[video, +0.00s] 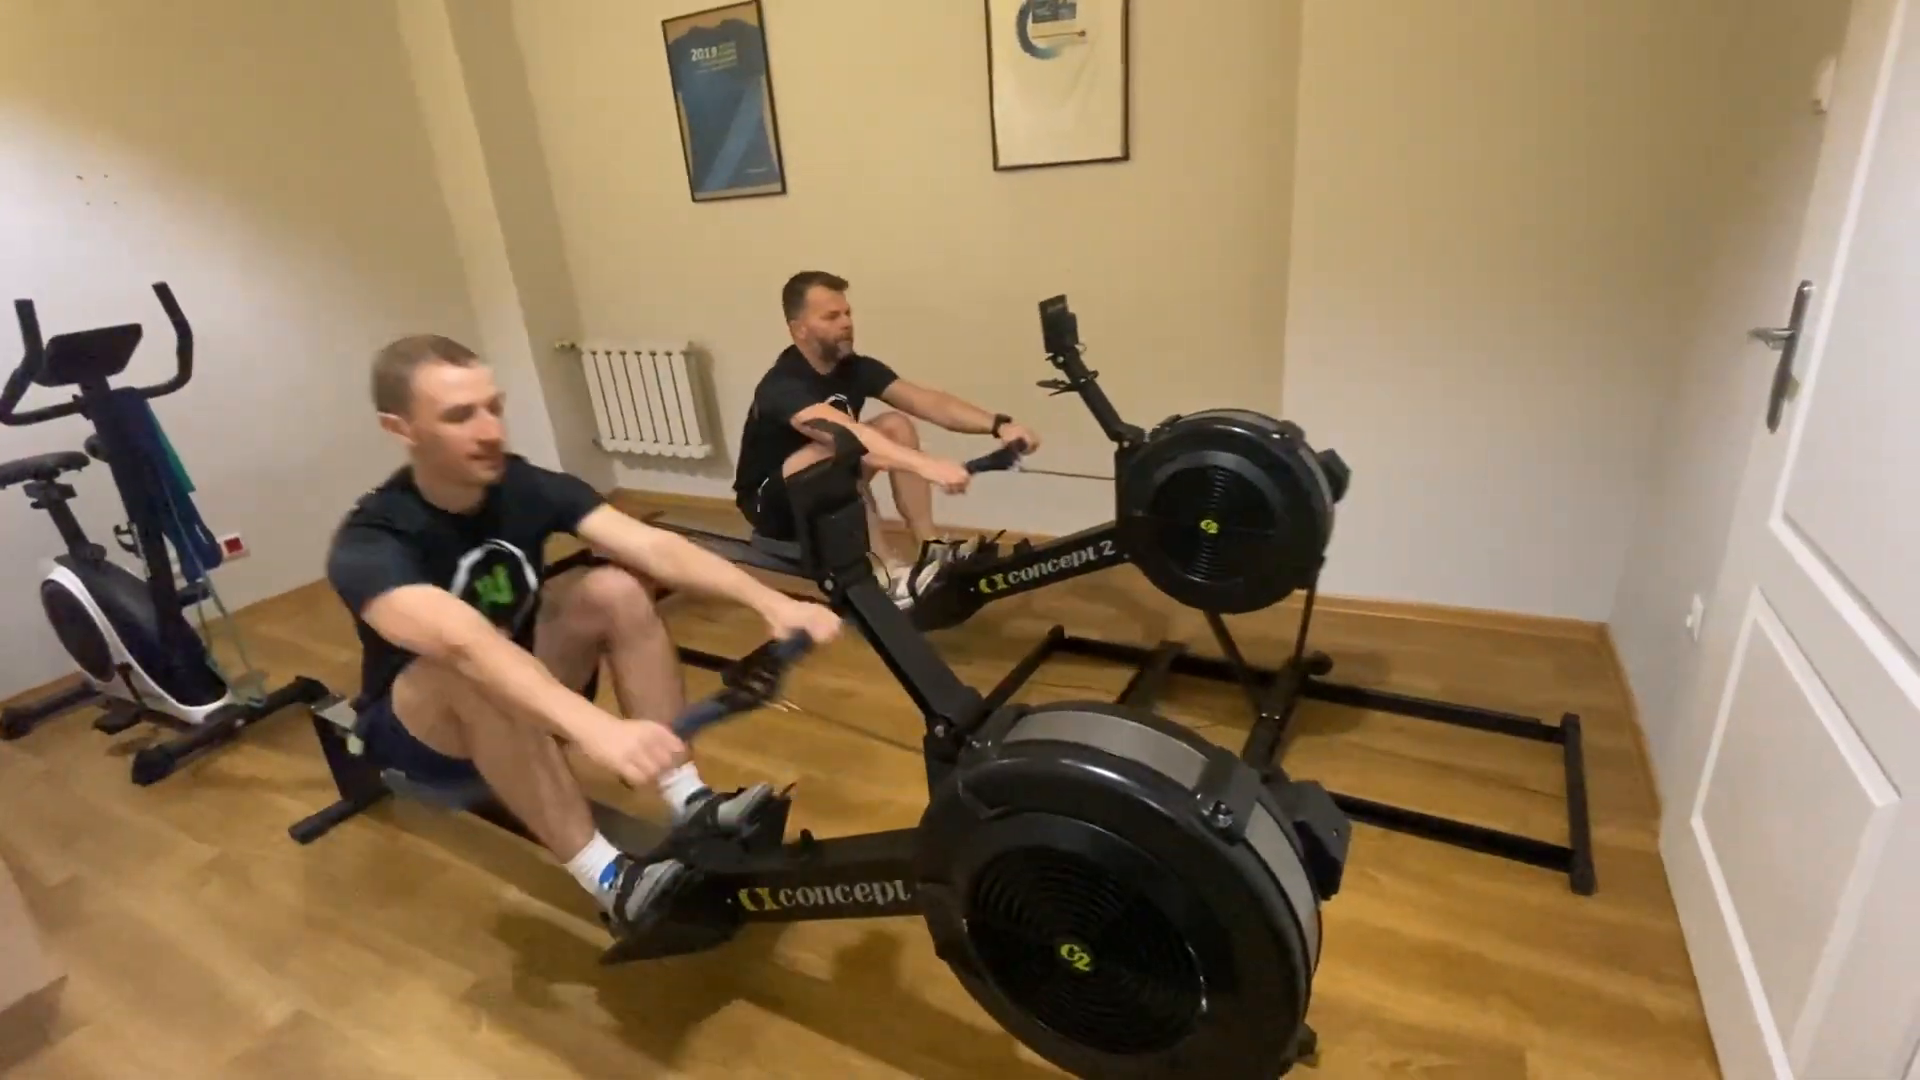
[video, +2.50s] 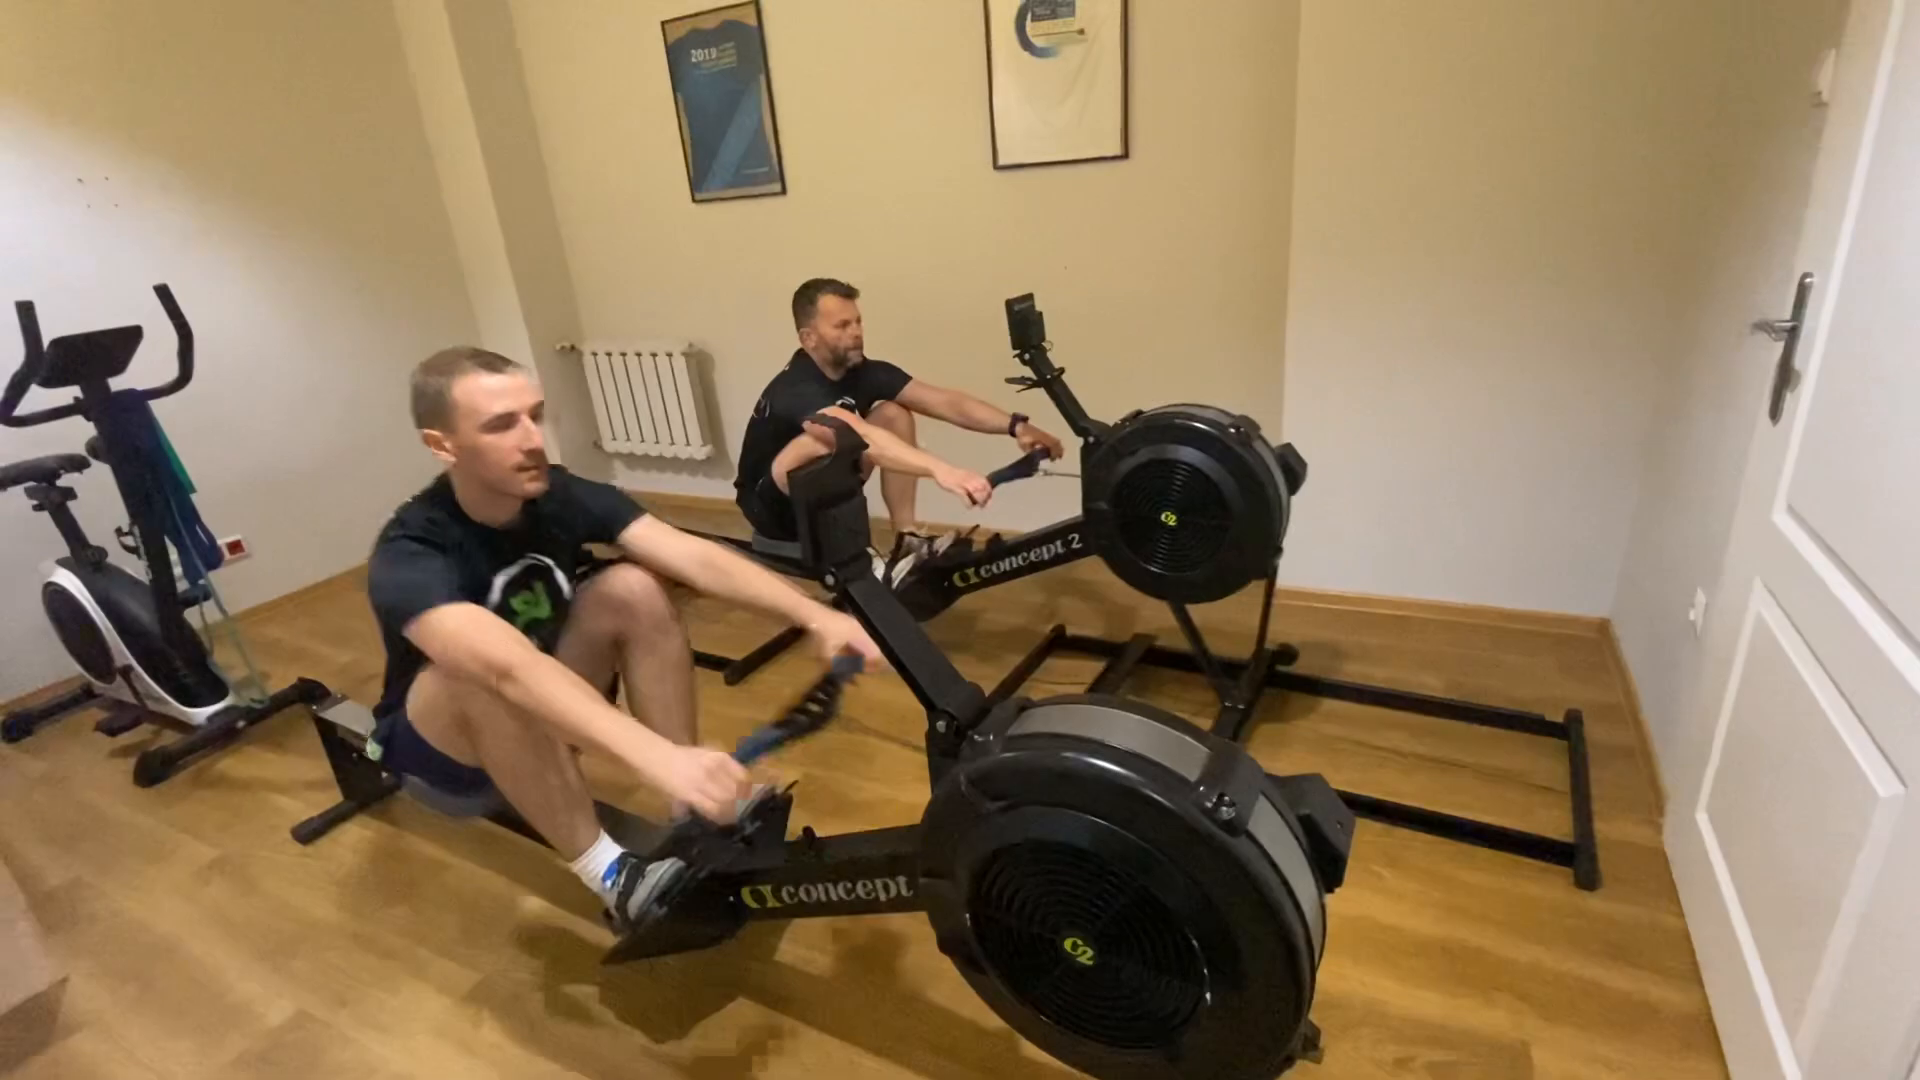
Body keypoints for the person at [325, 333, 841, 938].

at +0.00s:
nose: (490, 431)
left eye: (494, 408)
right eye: (461, 417)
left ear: (503, 404)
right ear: (401, 429)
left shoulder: (524, 488)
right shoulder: (368, 548)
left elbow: (650, 547)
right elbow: (466, 642)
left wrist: (769, 600)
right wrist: (592, 727)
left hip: (516, 691)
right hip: (417, 735)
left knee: (615, 592)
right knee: (476, 666)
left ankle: (693, 808)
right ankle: (612, 883)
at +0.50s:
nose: (273, 399)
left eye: (277, 378)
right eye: (247, 389)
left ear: (287, 373)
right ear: (198, 401)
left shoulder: (343, 458)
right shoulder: (186, 510)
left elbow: (442, 528)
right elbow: (207, 631)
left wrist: (488, 538)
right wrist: (290, 633)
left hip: (403, 618)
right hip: (311, 660)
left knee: (527, 680)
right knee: (436, 733)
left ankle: (693, 806)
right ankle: (607, 884)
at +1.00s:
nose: (247, 408)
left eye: (253, 387)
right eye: (220, 398)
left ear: (265, 382)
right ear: (177, 414)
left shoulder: (321, 467)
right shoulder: (164, 516)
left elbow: (409, 541)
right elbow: (122, 649)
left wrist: (432, 542)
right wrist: (198, 631)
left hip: (385, 619)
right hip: (296, 661)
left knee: (513, 688)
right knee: (426, 737)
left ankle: (686, 802)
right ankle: (607, 880)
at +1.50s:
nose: (364, 406)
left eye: (369, 384)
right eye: (336, 392)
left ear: (378, 381)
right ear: (280, 405)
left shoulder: (412, 462)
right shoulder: (253, 508)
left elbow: (531, 527)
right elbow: (269, 651)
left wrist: (611, 584)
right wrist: (406, 719)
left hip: (437, 634)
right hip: (342, 671)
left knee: (553, 626)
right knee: (434, 682)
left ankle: (683, 804)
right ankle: (599, 876)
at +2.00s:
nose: (530, 445)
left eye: (534, 420)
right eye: (500, 429)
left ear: (542, 416)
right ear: (438, 444)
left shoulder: (560, 494)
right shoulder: (402, 546)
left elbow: (693, 561)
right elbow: (465, 702)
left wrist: (805, 636)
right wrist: (622, 791)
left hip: (527, 686)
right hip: (431, 732)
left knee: (637, 591)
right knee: (472, 660)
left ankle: (683, 801)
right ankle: (607, 877)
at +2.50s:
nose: (532, 439)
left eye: (535, 415)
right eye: (502, 425)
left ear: (544, 413)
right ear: (442, 445)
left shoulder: (562, 497)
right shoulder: (409, 557)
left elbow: (691, 557)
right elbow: (508, 668)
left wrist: (815, 613)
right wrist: (663, 762)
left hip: (542, 719)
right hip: (444, 761)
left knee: (633, 591)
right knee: (489, 672)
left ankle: (700, 811)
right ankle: (614, 877)